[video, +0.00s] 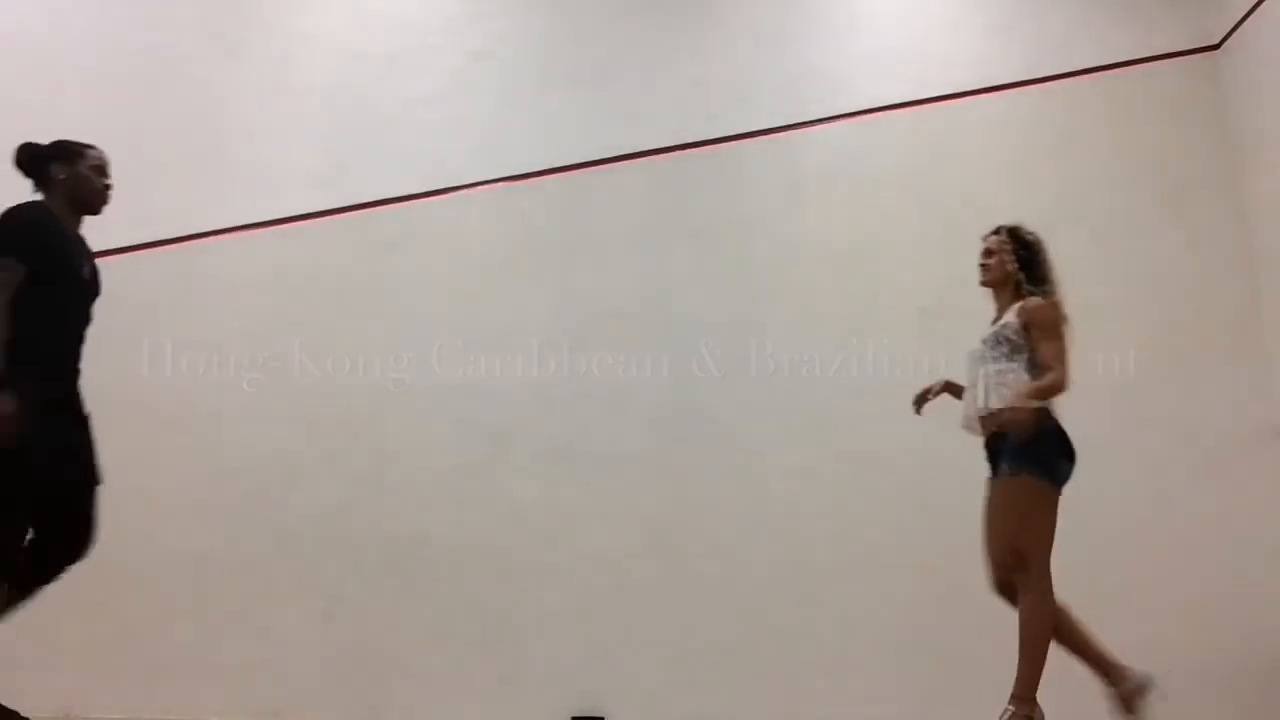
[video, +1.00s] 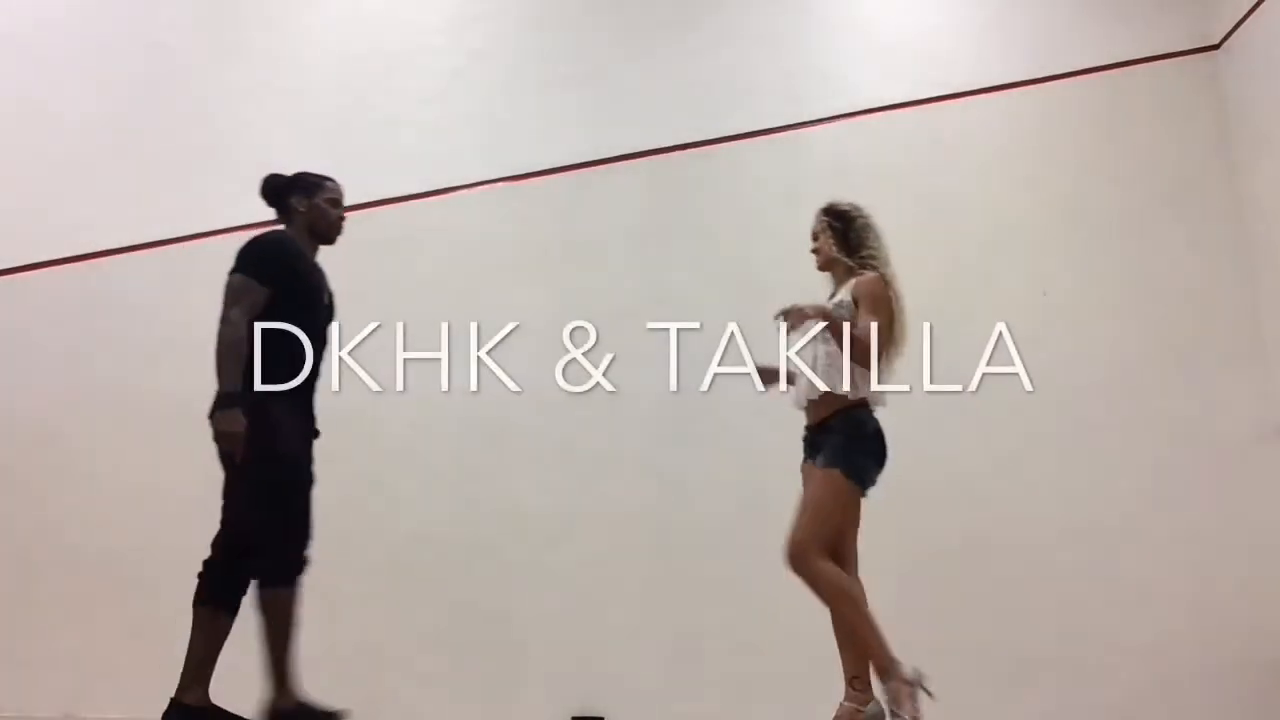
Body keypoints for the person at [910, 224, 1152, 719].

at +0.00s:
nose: (983, 261)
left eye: (993, 254)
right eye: (982, 254)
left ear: (1019, 262)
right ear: (987, 267)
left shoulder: (1036, 309)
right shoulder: (1000, 323)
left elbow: (1057, 377)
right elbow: (1000, 395)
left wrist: (1020, 398)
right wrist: (952, 388)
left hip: (1031, 443)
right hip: (1005, 447)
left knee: (1031, 574)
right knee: (1008, 578)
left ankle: (1023, 704)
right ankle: (1120, 678)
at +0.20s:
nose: (947, 259)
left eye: (956, 252)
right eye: (946, 253)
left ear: (982, 259)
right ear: (953, 263)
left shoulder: (994, 306)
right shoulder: (968, 317)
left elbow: (1005, 374)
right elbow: (984, 384)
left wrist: (932, 379)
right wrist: (941, 406)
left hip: (1005, 439)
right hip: (970, 446)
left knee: (1016, 564)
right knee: (933, 559)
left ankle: (1023, 699)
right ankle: (1002, 666)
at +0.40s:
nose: (914, 253)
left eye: (922, 245)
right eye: (913, 246)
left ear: (947, 251)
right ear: (924, 257)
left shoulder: (961, 296)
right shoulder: (941, 308)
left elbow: (955, 368)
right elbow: (947, 377)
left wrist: (890, 355)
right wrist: (902, 390)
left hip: (975, 440)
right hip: (938, 445)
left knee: (996, 564)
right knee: (895, 546)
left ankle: (1021, 701)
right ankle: (936, 682)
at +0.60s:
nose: (878, 257)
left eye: (885, 249)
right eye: (879, 250)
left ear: (910, 252)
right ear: (899, 257)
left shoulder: (925, 296)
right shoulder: (902, 310)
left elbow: (923, 366)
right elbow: (908, 383)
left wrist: (864, 336)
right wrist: (865, 399)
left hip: (929, 447)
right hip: (897, 452)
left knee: (967, 570)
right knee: (881, 567)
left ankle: (1018, 699)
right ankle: (865, 696)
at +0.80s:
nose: (843, 251)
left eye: (850, 243)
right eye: (844, 244)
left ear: (871, 245)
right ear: (868, 247)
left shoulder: (892, 288)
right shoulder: (871, 301)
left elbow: (888, 356)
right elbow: (871, 379)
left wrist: (841, 314)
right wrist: (828, 397)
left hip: (879, 445)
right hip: (846, 445)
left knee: (880, 570)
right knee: (849, 567)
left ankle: (983, 677)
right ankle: (859, 695)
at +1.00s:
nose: (813, 246)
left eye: (820, 237)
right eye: (813, 238)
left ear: (845, 239)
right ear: (831, 245)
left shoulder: (868, 284)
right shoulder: (839, 299)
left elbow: (872, 348)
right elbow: (830, 378)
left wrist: (823, 316)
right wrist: (785, 375)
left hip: (849, 433)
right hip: (822, 437)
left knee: (804, 553)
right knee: (839, 566)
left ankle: (894, 676)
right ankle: (858, 695)